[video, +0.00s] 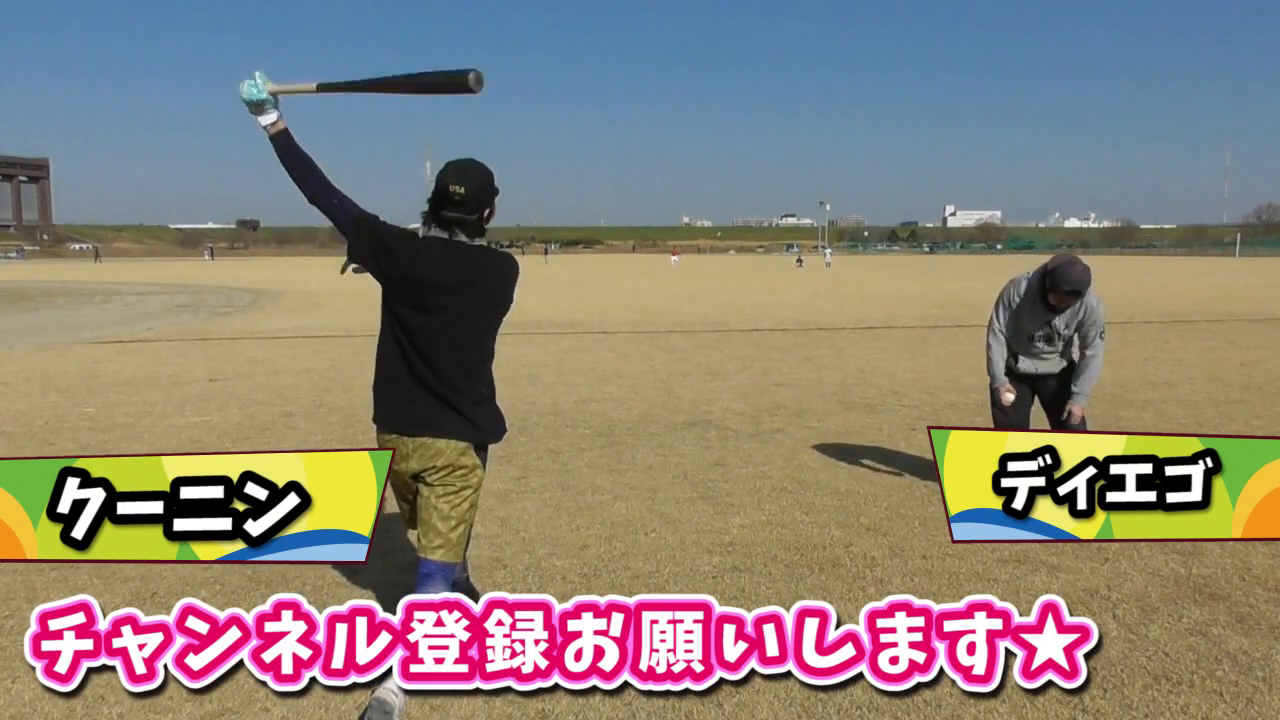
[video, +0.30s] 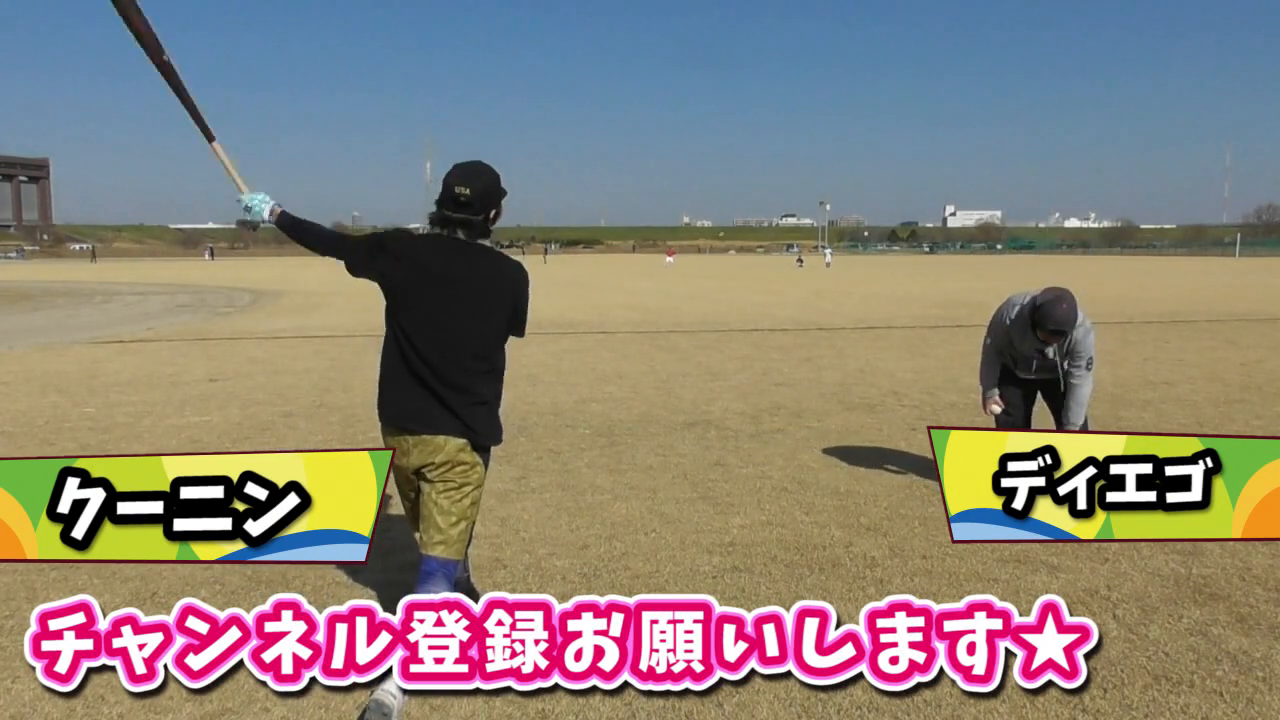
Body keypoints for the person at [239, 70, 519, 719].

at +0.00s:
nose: (481, 209)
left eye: (452, 194)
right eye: (487, 202)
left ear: (434, 203)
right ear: (488, 214)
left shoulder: (399, 249)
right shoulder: (502, 270)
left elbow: (323, 193)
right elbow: (463, 270)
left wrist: (272, 122)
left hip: (399, 429)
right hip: (461, 435)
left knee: (436, 556)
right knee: (435, 571)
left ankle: (473, 639)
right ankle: (394, 692)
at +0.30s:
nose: (497, 213)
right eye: (496, 206)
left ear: (442, 202)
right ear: (492, 213)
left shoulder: (401, 250)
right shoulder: (508, 273)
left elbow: (334, 243)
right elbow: (512, 328)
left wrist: (274, 215)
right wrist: (466, 290)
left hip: (401, 423)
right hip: (463, 432)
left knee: (436, 543)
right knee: (438, 564)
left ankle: (470, 621)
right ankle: (394, 690)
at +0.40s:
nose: (503, 214)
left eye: (497, 204)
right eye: (501, 207)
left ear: (447, 202)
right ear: (494, 214)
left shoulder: (403, 250)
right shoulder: (511, 275)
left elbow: (347, 270)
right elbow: (516, 334)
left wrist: (286, 269)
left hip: (401, 422)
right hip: (463, 430)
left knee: (437, 540)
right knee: (437, 562)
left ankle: (467, 615)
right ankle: (395, 686)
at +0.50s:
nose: (506, 215)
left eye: (505, 207)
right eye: (504, 208)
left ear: (450, 205)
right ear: (492, 213)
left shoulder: (405, 251)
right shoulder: (510, 273)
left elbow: (358, 295)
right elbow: (519, 330)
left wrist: (312, 324)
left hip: (398, 420)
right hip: (457, 430)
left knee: (444, 523)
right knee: (437, 560)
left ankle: (467, 615)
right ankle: (395, 682)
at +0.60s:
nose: (505, 209)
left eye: (503, 201)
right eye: (503, 203)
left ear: (450, 201)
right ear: (492, 209)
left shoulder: (409, 250)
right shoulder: (502, 269)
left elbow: (383, 316)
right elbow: (507, 336)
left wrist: (360, 372)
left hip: (395, 411)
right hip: (450, 419)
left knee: (443, 510)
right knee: (434, 553)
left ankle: (460, 592)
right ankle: (392, 678)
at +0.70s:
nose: (497, 205)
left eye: (494, 197)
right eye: (494, 198)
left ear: (443, 199)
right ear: (482, 204)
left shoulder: (409, 248)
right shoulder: (482, 260)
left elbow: (399, 324)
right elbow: (488, 343)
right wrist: (502, 409)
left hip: (388, 400)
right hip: (435, 408)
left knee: (453, 490)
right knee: (432, 548)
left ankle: (458, 580)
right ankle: (378, 670)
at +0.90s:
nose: (469, 203)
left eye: (467, 194)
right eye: (465, 196)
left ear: (427, 201)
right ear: (446, 202)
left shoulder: (425, 250)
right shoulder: (419, 257)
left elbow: (473, 322)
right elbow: (471, 329)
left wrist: (538, 350)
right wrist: (544, 360)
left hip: (422, 422)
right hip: (400, 426)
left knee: (470, 508)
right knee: (424, 556)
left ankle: (464, 620)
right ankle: (326, 679)